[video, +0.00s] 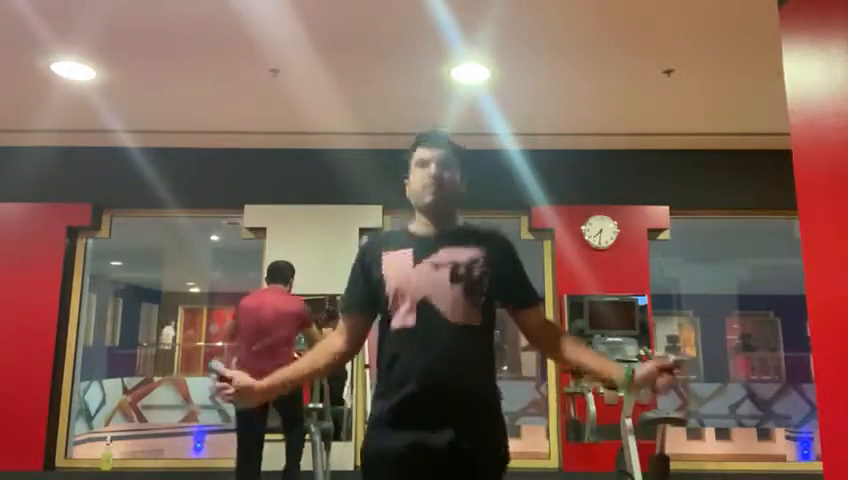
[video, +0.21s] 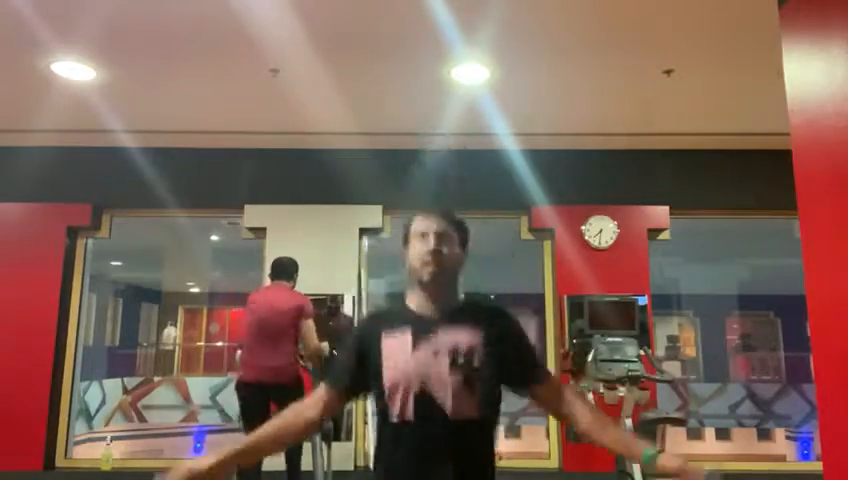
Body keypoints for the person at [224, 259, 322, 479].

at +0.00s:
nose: (292, 285)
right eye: (292, 282)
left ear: (266, 280)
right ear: (290, 282)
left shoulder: (246, 302)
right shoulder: (296, 305)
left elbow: (229, 334)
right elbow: (315, 340)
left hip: (247, 379)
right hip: (284, 378)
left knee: (249, 443)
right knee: (294, 428)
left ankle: (247, 475)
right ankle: (292, 471)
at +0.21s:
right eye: (295, 277)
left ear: (270, 276)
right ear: (294, 278)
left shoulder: (254, 297)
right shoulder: (300, 301)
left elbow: (248, 337)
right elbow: (312, 347)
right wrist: (317, 354)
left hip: (251, 379)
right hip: (286, 378)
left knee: (253, 441)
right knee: (293, 432)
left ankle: (250, 476)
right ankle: (293, 475)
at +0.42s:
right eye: (294, 278)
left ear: (269, 277)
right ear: (294, 279)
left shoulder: (251, 299)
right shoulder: (304, 303)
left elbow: (240, 335)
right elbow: (322, 338)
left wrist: (236, 363)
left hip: (254, 377)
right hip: (290, 377)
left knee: (253, 431)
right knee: (286, 437)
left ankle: (251, 474)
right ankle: (285, 476)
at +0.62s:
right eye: (290, 277)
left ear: (266, 277)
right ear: (290, 278)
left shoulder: (246, 301)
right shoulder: (300, 303)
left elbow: (227, 341)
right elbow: (319, 327)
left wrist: (233, 357)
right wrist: (335, 327)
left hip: (249, 378)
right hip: (283, 378)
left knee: (255, 434)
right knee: (283, 436)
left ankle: (258, 473)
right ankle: (282, 474)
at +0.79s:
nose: (289, 281)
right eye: (290, 277)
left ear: (264, 276)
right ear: (288, 277)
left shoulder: (243, 300)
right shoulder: (297, 302)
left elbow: (225, 340)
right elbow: (318, 333)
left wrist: (246, 333)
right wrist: (329, 328)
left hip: (247, 381)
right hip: (282, 381)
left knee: (253, 439)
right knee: (293, 424)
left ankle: (252, 477)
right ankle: (289, 474)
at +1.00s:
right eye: (289, 281)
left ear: (264, 280)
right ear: (288, 281)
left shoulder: (247, 304)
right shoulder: (297, 305)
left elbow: (234, 342)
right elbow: (310, 344)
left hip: (251, 379)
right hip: (286, 379)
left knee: (248, 442)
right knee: (295, 423)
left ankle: (245, 475)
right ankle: (294, 468)